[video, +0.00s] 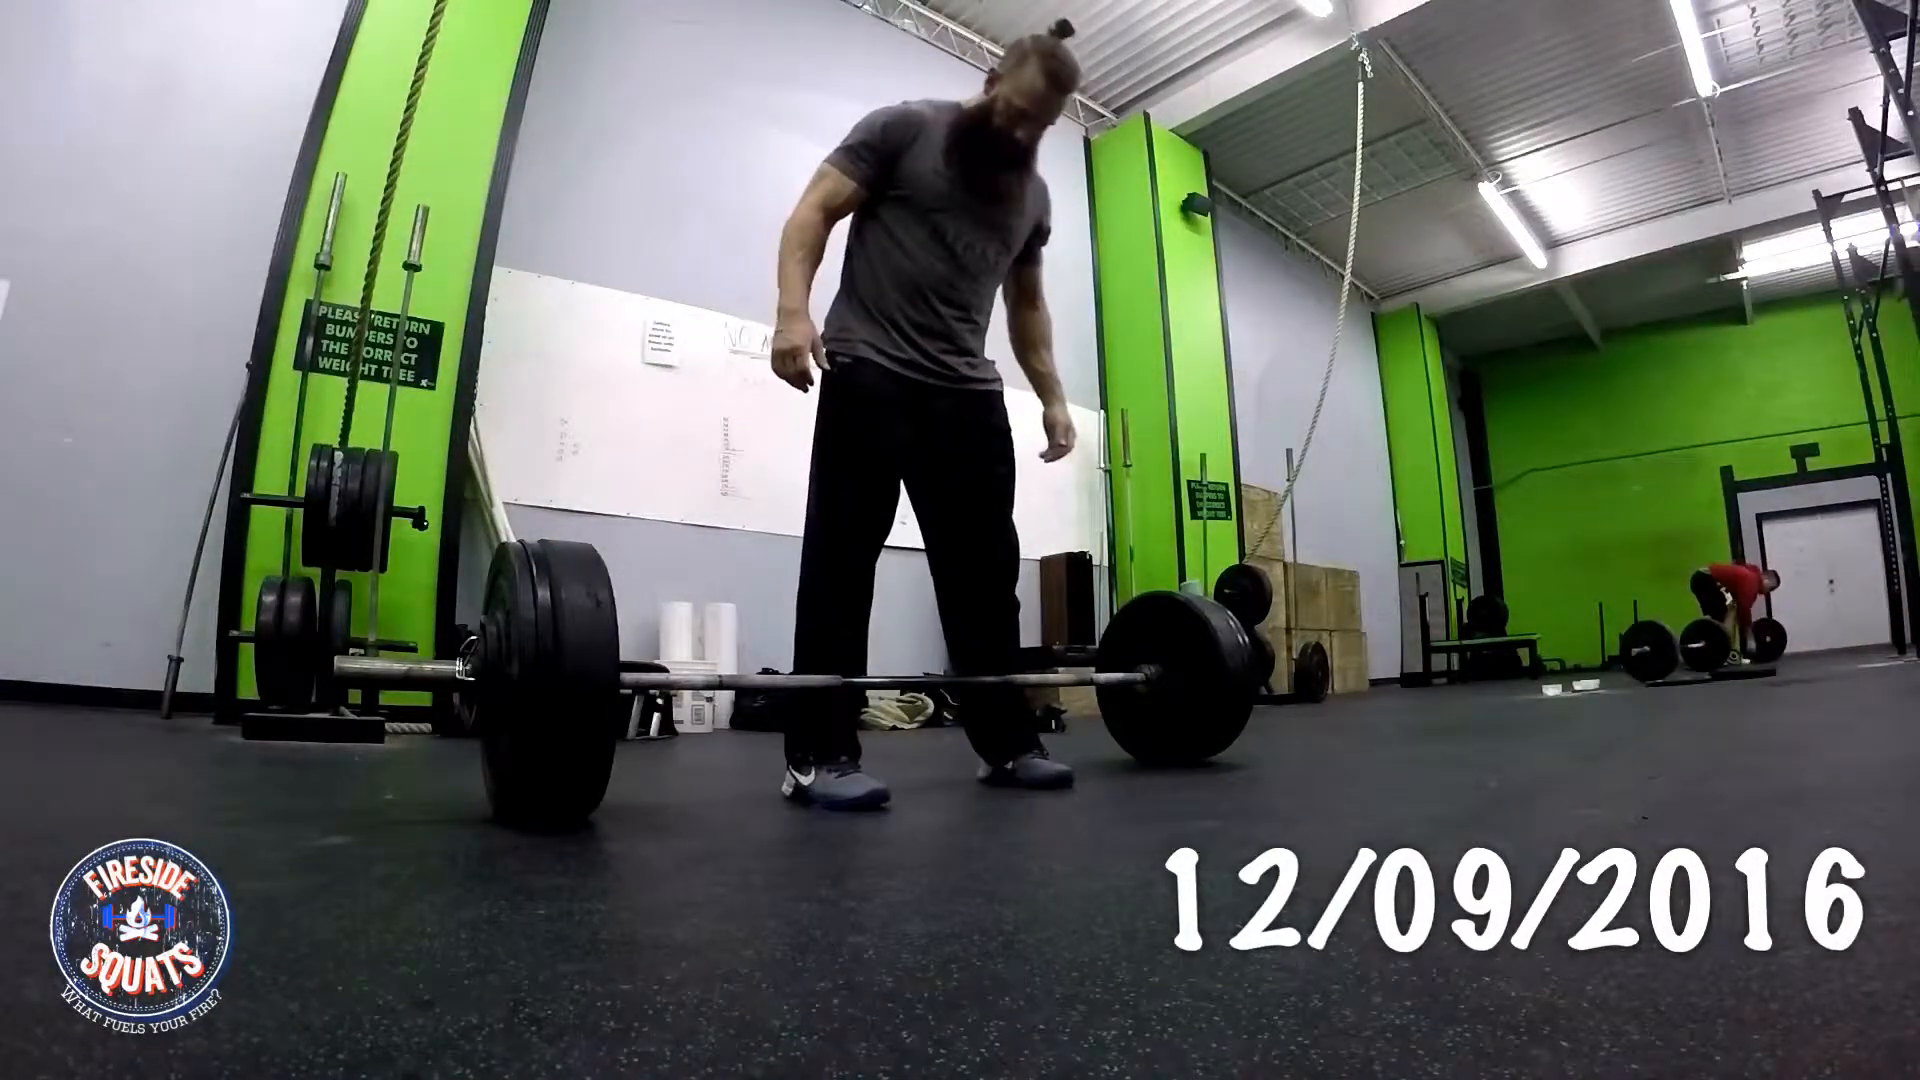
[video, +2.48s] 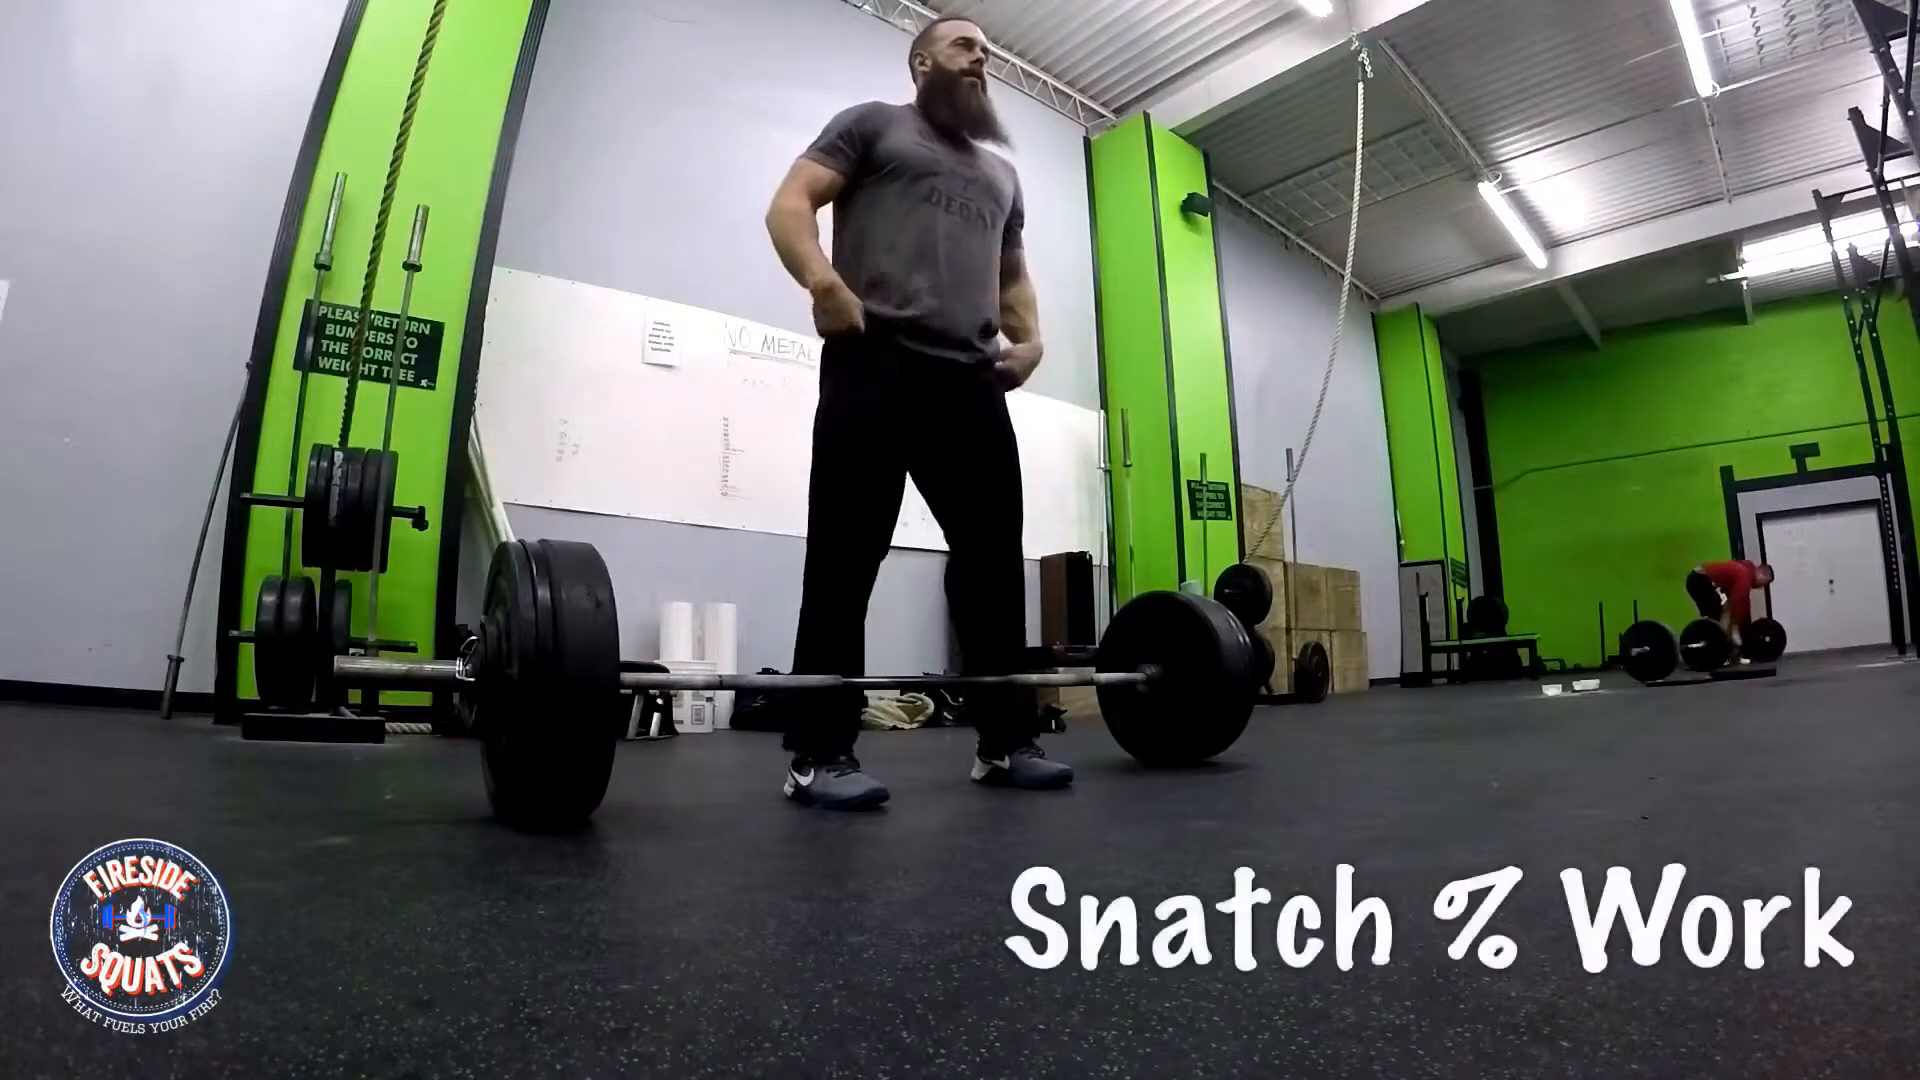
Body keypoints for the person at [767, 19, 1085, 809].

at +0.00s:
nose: (1021, 130)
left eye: (1038, 121)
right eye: (1016, 109)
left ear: (1054, 117)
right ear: (991, 79)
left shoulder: (1030, 197)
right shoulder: (901, 130)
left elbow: (1027, 306)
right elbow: (814, 212)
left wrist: (1053, 399)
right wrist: (793, 316)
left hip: (964, 393)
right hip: (867, 375)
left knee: (983, 568)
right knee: (840, 565)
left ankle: (1007, 746)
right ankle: (820, 758)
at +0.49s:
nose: (1020, 124)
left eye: (1036, 114)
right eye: (1013, 104)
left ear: (1052, 108)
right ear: (986, 75)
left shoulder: (1028, 193)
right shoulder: (902, 128)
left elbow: (1023, 298)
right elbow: (816, 215)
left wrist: (1049, 395)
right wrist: (805, 313)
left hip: (968, 394)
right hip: (870, 376)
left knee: (986, 570)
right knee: (842, 565)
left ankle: (1004, 748)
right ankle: (820, 757)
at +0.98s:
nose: (1000, 46)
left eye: (1007, 37)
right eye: (984, 29)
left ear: (1007, 54)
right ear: (940, 37)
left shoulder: (1002, 166)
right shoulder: (880, 111)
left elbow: (1008, 284)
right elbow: (805, 200)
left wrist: (1052, 366)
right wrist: (812, 287)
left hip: (969, 389)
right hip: (871, 373)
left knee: (979, 572)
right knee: (842, 565)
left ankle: (1004, 747)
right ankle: (820, 757)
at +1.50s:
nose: (969, 47)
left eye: (974, 42)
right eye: (949, 38)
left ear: (979, 73)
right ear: (910, 66)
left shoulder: (1005, 176)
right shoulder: (877, 128)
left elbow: (1039, 276)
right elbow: (831, 216)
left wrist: (1104, 345)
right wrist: (832, 298)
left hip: (987, 389)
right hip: (890, 371)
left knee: (989, 570)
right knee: (855, 564)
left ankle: (1002, 748)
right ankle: (824, 758)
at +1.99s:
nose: (957, 48)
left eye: (964, 44)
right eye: (937, 40)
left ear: (971, 77)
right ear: (898, 69)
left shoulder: (991, 176)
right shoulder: (864, 132)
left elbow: (1015, 279)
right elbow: (810, 214)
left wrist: (1059, 351)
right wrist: (810, 296)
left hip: (980, 388)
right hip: (881, 372)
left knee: (986, 571)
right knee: (849, 565)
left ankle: (1003, 747)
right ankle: (821, 757)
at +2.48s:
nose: (979, 56)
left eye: (986, 51)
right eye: (962, 44)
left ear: (986, 77)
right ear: (920, 64)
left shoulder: (1001, 172)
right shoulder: (874, 123)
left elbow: (1012, 278)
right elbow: (787, 208)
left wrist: (1030, 341)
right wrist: (824, 285)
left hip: (966, 377)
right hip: (871, 362)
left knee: (992, 551)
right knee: (844, 555)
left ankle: (1005, 744)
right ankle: (819, 758)